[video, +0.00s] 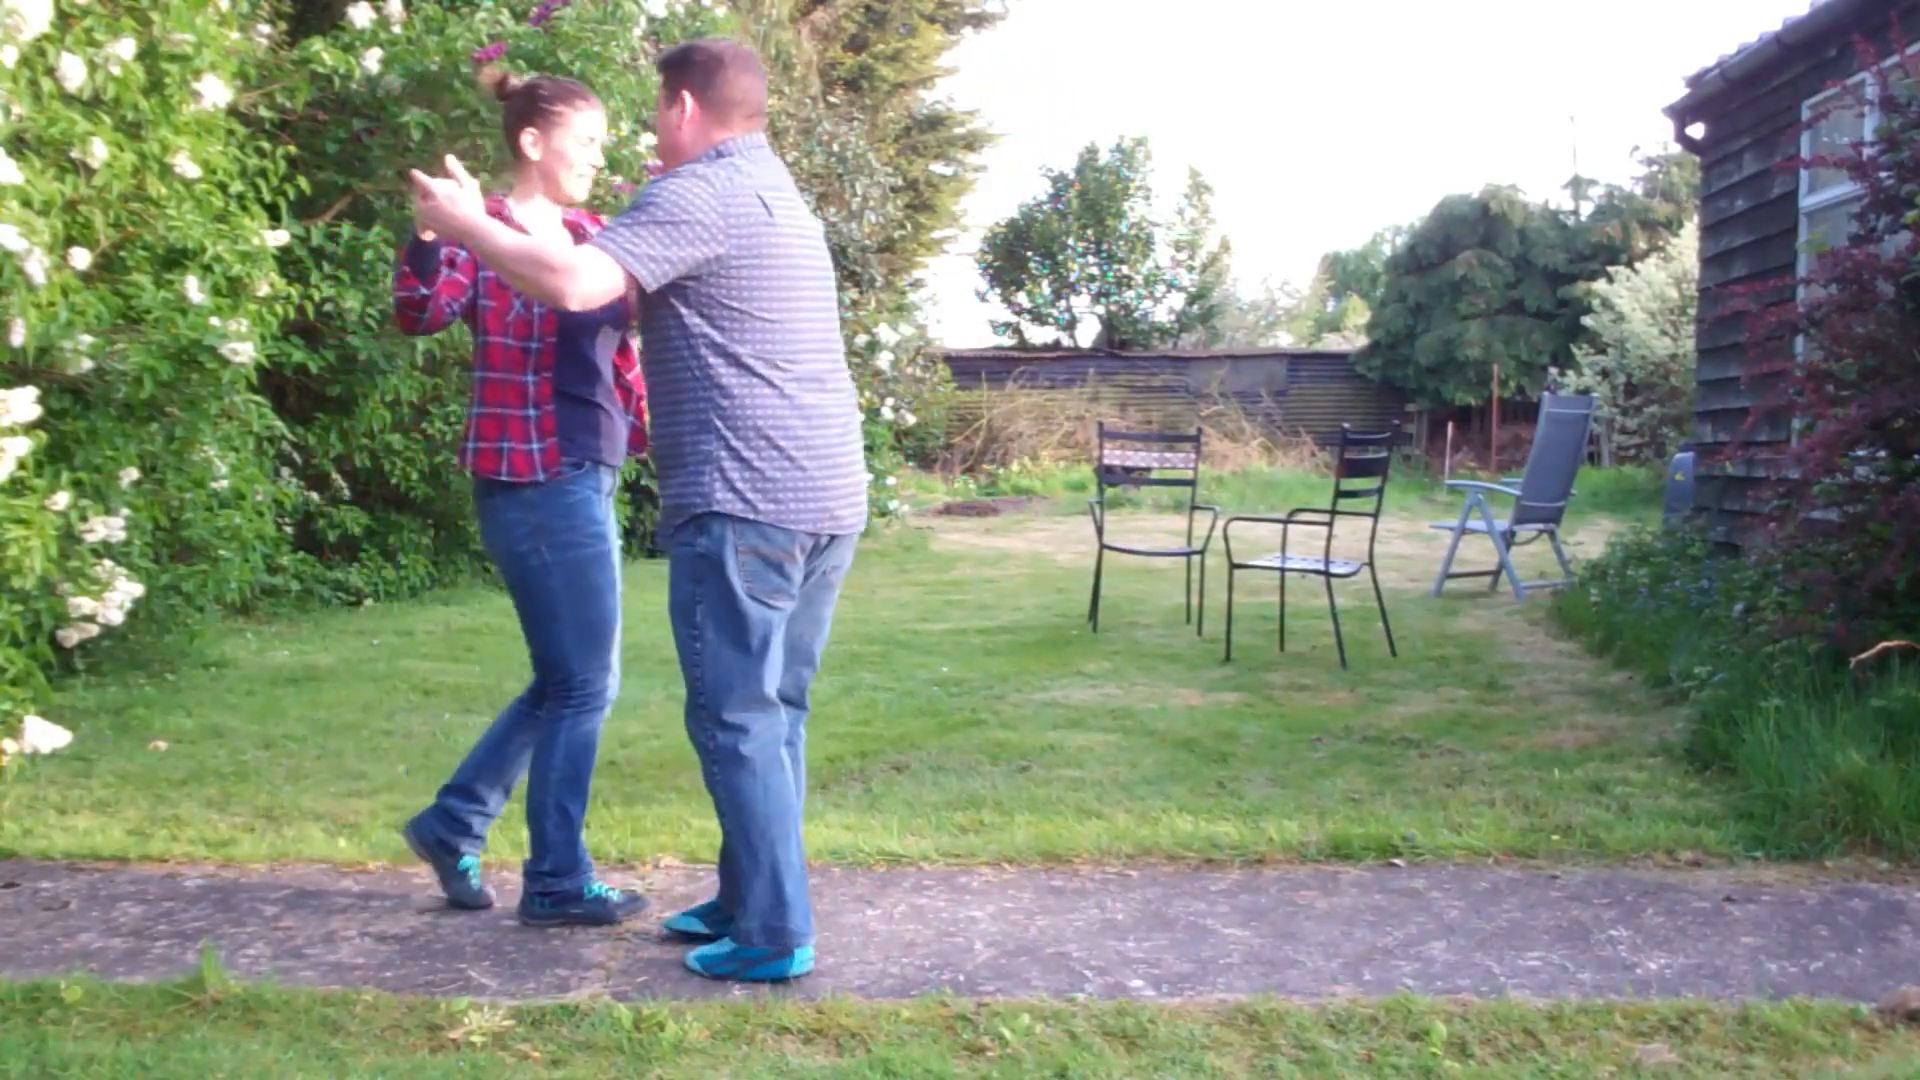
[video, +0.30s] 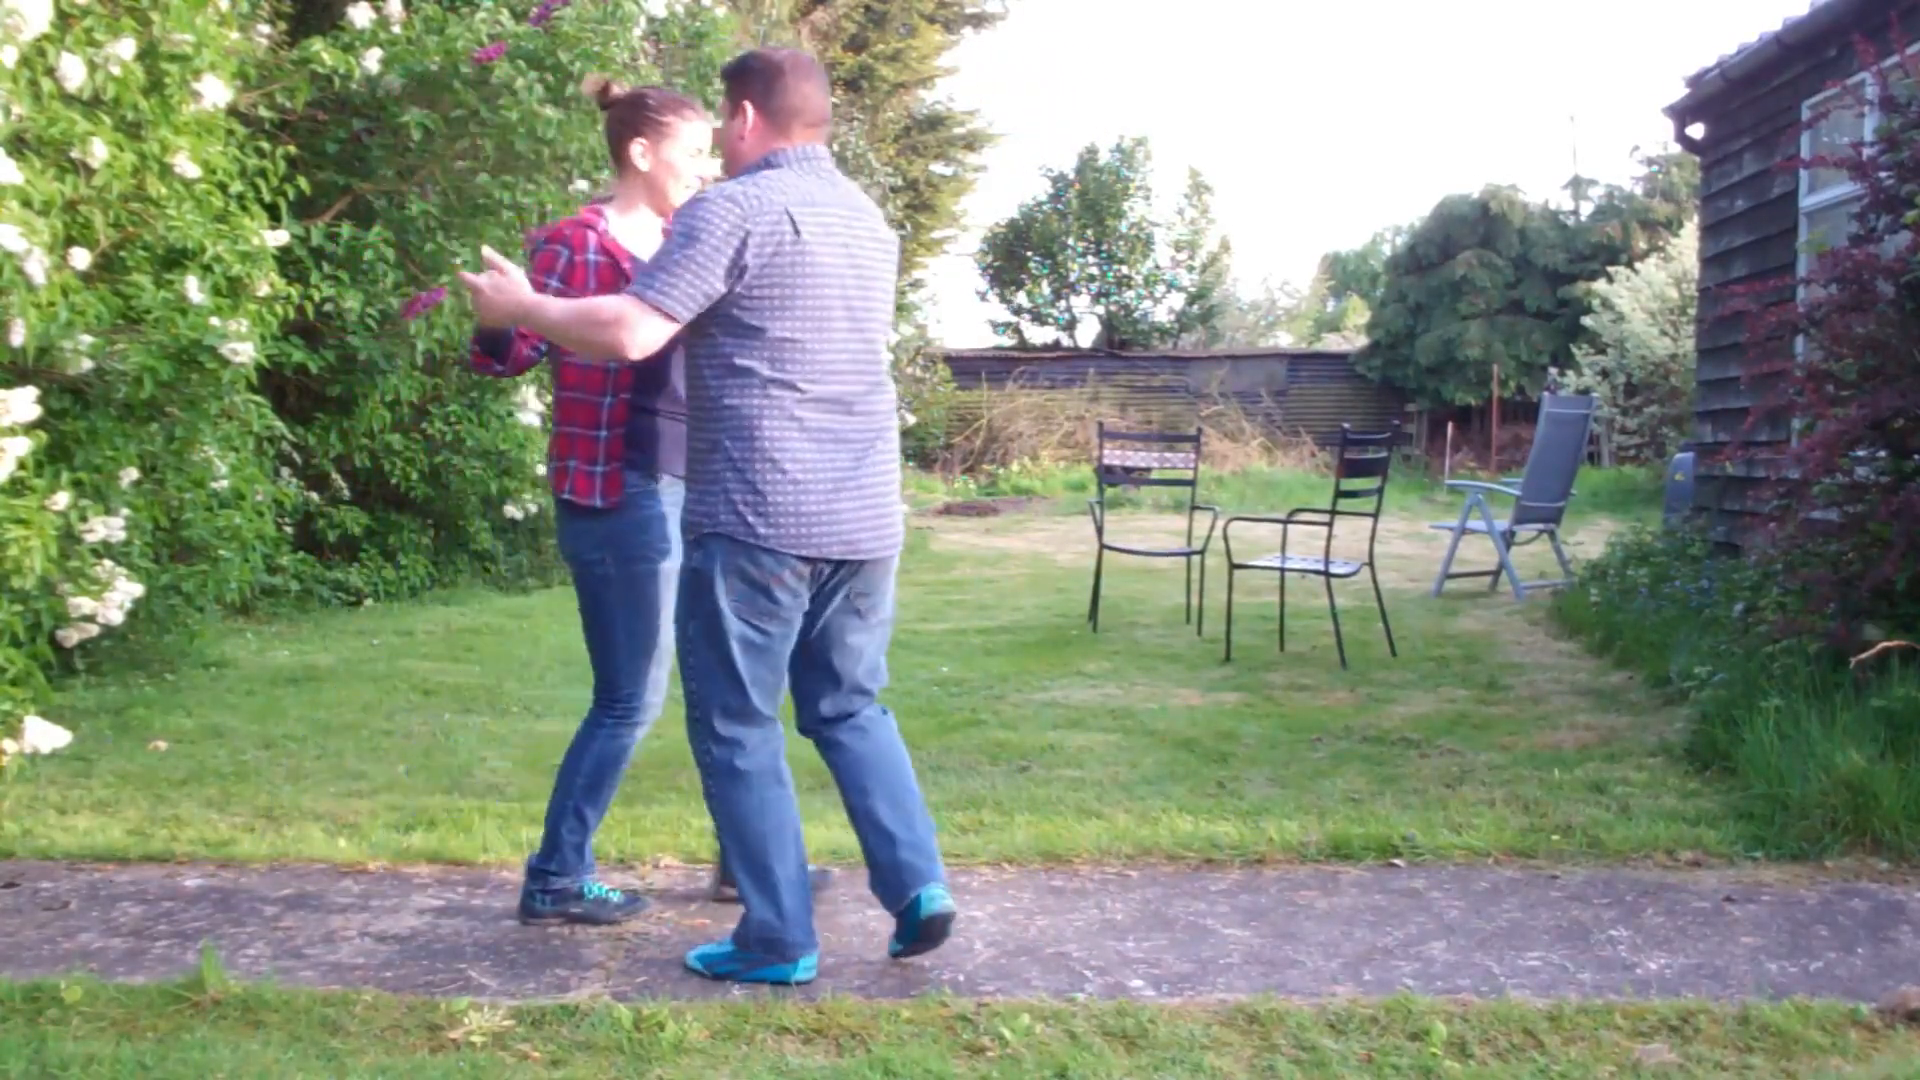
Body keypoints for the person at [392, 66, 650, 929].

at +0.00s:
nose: (599, 158)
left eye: (601, 144)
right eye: (587, 142)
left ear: (550, 146)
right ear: (533, 142)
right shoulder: (493, 231)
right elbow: (419, 316)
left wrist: (654, 443)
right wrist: (434, 233)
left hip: (561, 478)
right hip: (545, 482)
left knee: (565, 682)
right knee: (584, 687)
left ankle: (452, 824)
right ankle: (557, 878)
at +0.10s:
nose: (630, 161)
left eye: (633, 146)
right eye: (619, 144)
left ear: (586, 151)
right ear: (562, 145)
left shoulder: (622, 239)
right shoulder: (511, 230)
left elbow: (671, 331)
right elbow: (442, 330)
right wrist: (456, 248)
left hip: (609, 484)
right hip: (555, 487)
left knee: (655, 674)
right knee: (592, 690)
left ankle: (514, 802)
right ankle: (555, 880)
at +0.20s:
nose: (662, 167)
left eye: (665, 152)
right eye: (652, 150)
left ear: (619, 154)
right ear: (597, 150)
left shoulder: (654, 238)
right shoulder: (544, 239)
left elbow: (707, 319)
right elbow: (473, 349)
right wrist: (477, 281)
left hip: (650, 493)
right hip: (584, 494)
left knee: (704, 670)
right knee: (609, 697)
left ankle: (622, 829)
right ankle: (555, 878)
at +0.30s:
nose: (708, 171)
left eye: (710, 155)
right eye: (696, 154)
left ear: (653, 158)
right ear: (644, 154)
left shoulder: (686, 246)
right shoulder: (574, 243)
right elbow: (499, 356)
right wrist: (500, 309)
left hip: (685, 489)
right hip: (618, 494)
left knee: (728, 684)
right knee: (630, 699)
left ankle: (746, 857)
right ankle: (557, 874)